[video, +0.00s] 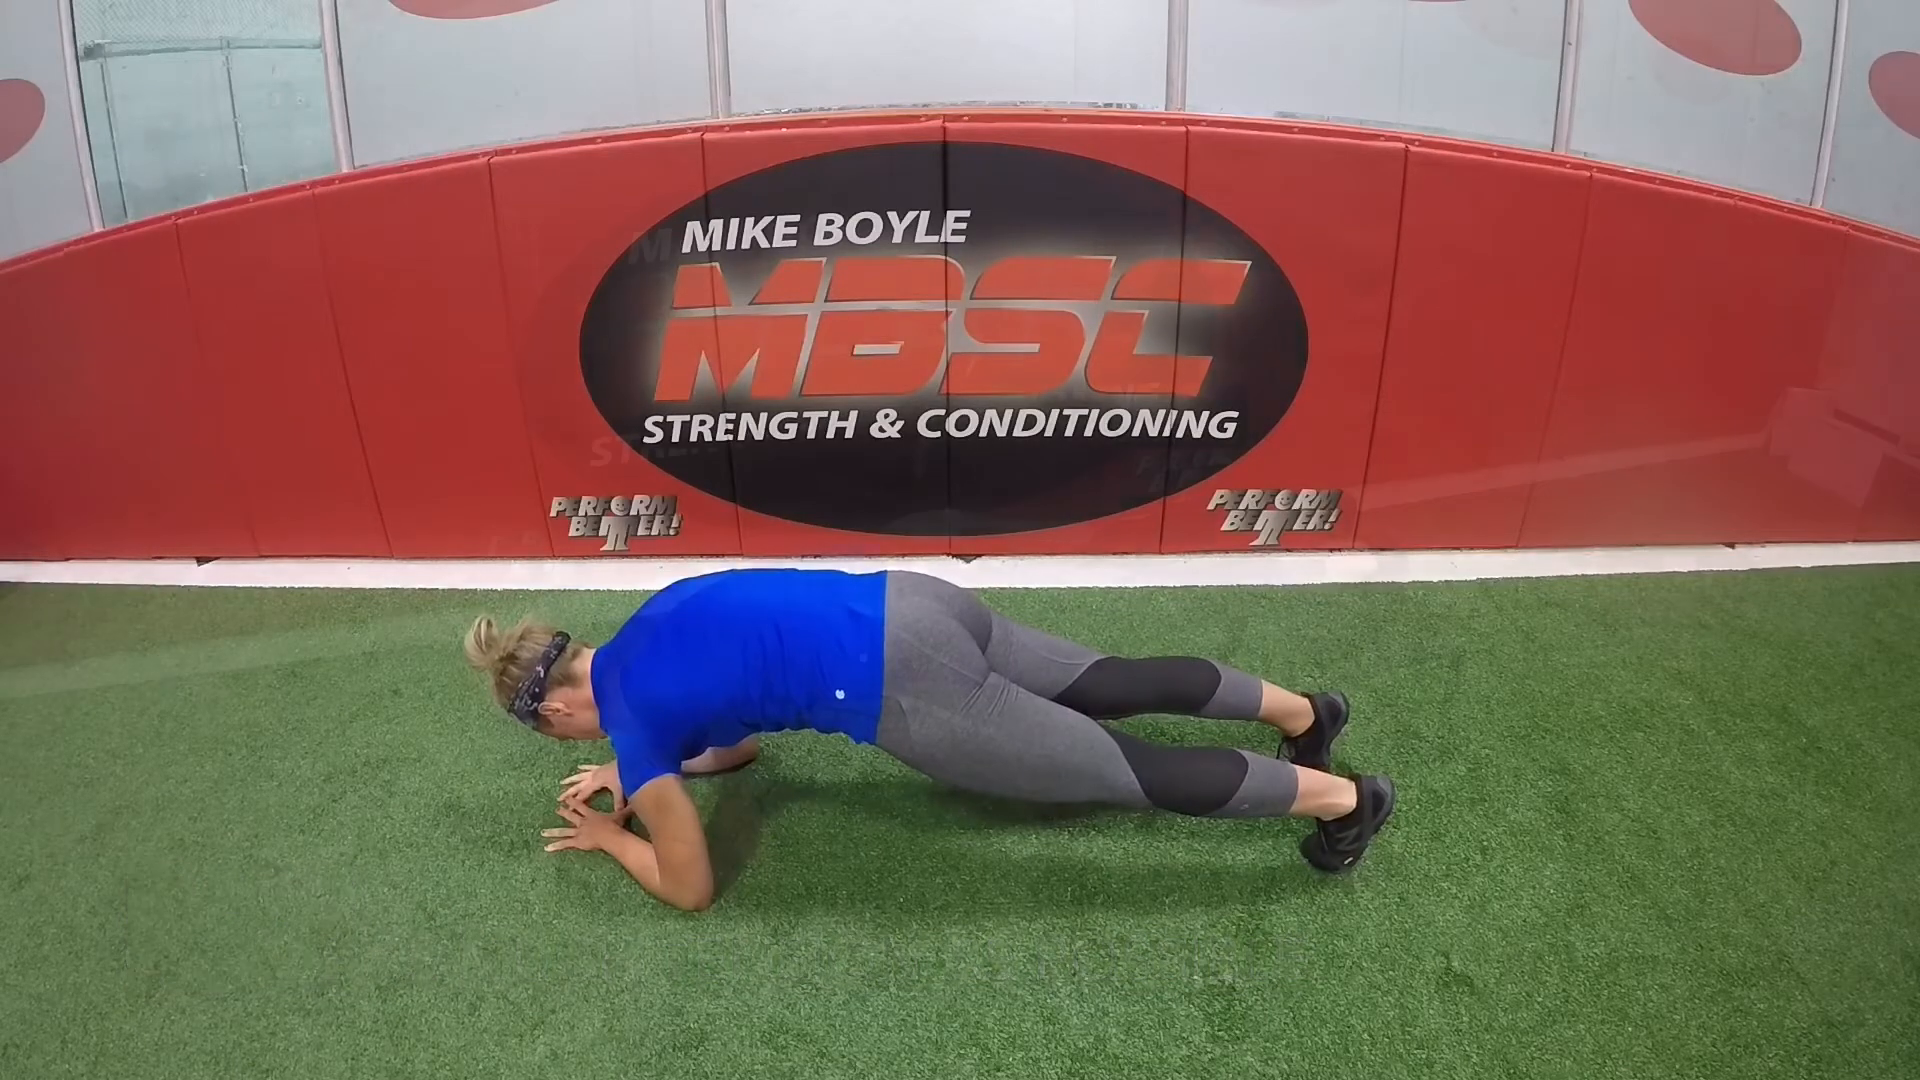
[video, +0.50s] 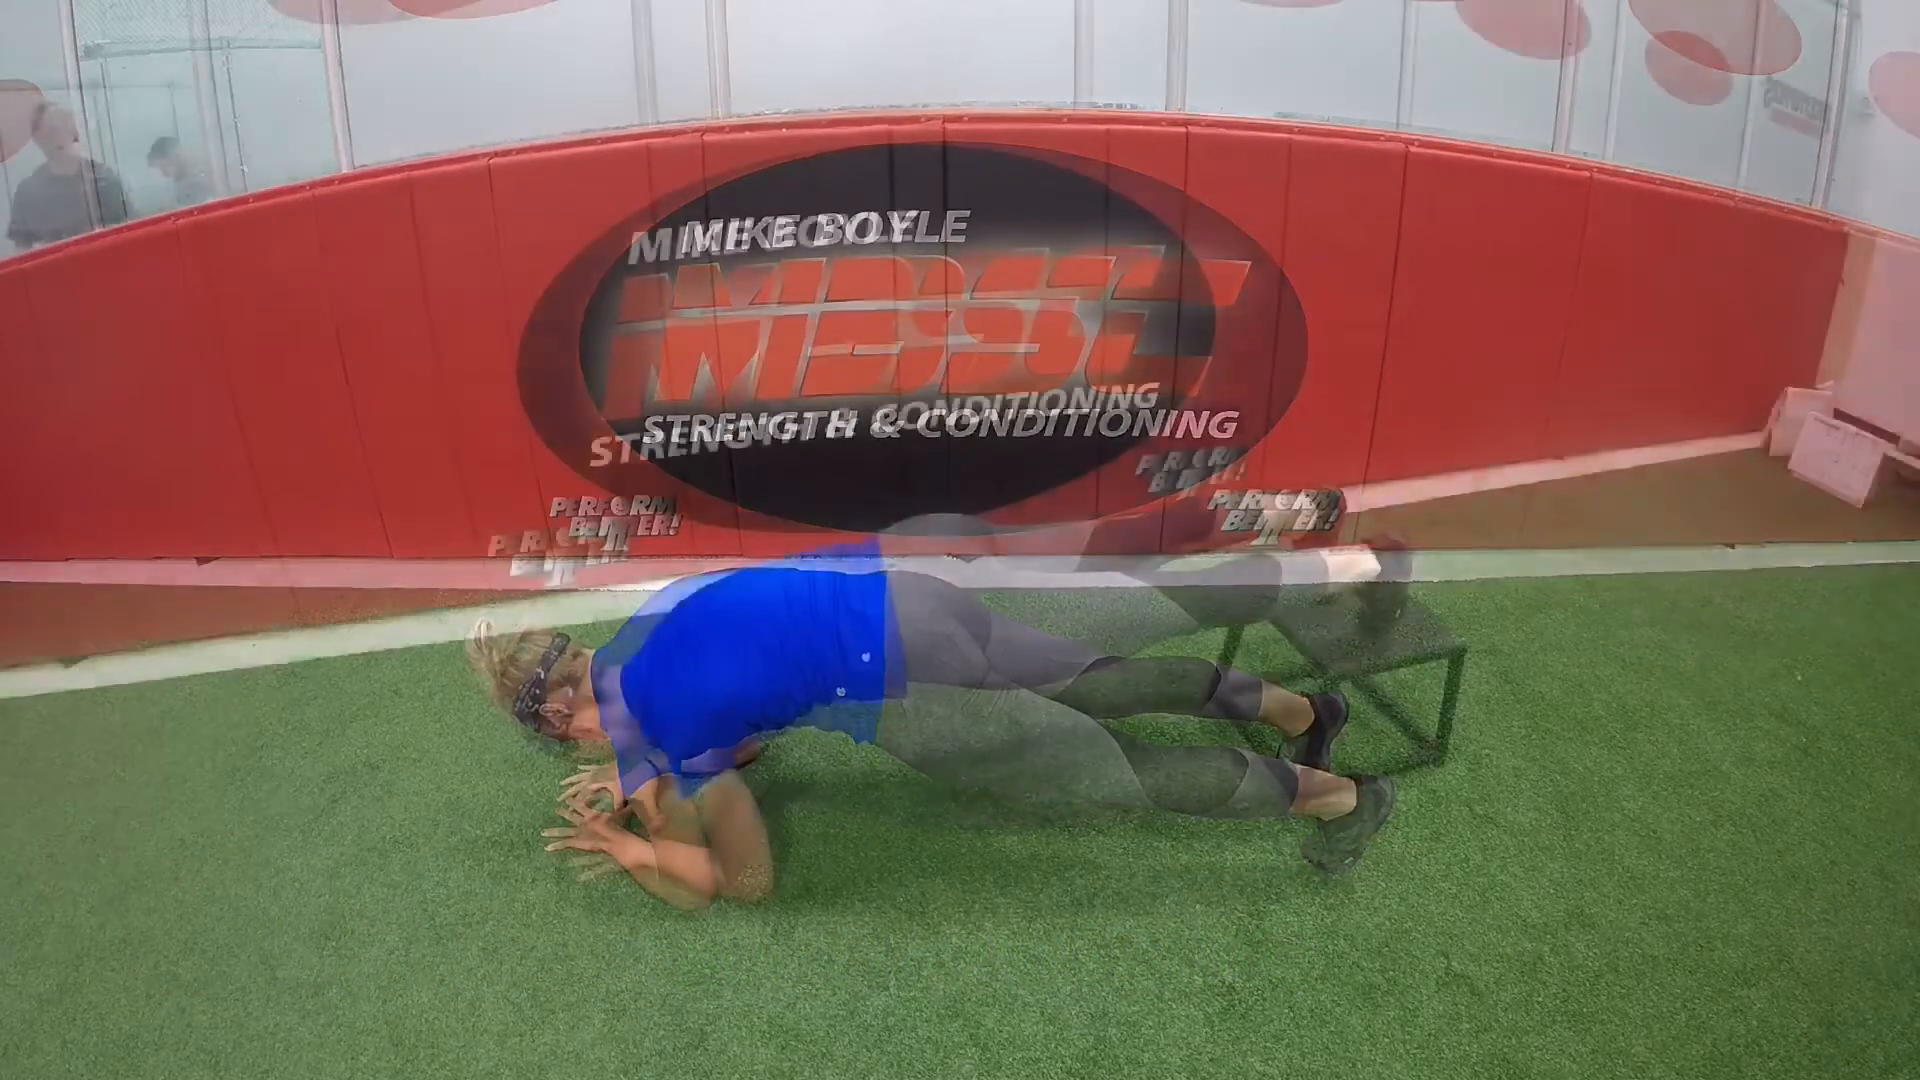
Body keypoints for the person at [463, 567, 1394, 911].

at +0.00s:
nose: (572, 736)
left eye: (556, 730)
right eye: (561, 730)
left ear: (560, 699)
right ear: (575, 648)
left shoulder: (631, 716)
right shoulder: (657, 609)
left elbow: (688, 885)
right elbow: (738, 740)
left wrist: (612, 840)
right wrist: (640, 777)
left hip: (900, 690)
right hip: (916, 593)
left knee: (1131, 771)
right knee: (1110, 681)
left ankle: (1343, 798)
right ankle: (1306, 714)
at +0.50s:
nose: (582, 744)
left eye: (564, 732)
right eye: (569, 734)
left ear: (575, 703)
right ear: (581, 660)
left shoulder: (650, 711)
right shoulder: (653, 627)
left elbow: (739, 878)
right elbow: (739, 759)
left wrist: (629, 852)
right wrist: (649, 782)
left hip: (897, 681)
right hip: (906, 583)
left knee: (1106, 774)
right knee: (1082, 670)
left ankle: (1325, 791)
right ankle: (1283, 706)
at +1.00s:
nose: (595, 754)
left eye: (579, 743)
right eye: (583, 745)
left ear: (592, 711)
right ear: (594, 672)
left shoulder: (683, 722)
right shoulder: (667, 633)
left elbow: (745, 881)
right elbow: (749, 747)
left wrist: (639, 855)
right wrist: (659, 802)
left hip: (932, 630)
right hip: (913, 537)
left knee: (1165, 608)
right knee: (1107, 545)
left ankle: (1337, 569)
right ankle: (1265, 508)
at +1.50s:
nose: (606, 753)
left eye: (590, 743)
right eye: (594, 746)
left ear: (602, 711)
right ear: (601, 674)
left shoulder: (692, 722)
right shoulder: (672, 633)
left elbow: (747, 879)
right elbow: (743, 744)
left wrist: (645, 854)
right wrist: (658, 798)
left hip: (939, 623)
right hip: (923, 538)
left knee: (1171, 605)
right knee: (1114, 543)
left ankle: (1344, 562)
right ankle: (1270, 507)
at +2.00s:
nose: (604, 750)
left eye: (589, 742)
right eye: (592, 743)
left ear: (599, 710)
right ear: (597, 669)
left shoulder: (690, 721)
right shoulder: (670, 629)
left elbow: (748, 879)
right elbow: (747, 738)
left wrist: (644, 852)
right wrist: (662, 790)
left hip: (937, 625)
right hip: (923, 540)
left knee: (1169, 605)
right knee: (1119, 543)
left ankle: (1341, 562)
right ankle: (1278, 509)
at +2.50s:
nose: (609, 752)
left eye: (593, 743)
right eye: (597, 745)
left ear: (602, 710)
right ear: (601, 670)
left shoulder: (689, 717)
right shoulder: (672, 630)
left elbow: (748, 878)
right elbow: (750, 742)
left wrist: (645, 852)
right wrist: (661, 792)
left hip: (939, 626)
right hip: (919, 540)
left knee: (1173, 607)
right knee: (1118, 545)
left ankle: (1343, 566)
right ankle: (1273, 508)